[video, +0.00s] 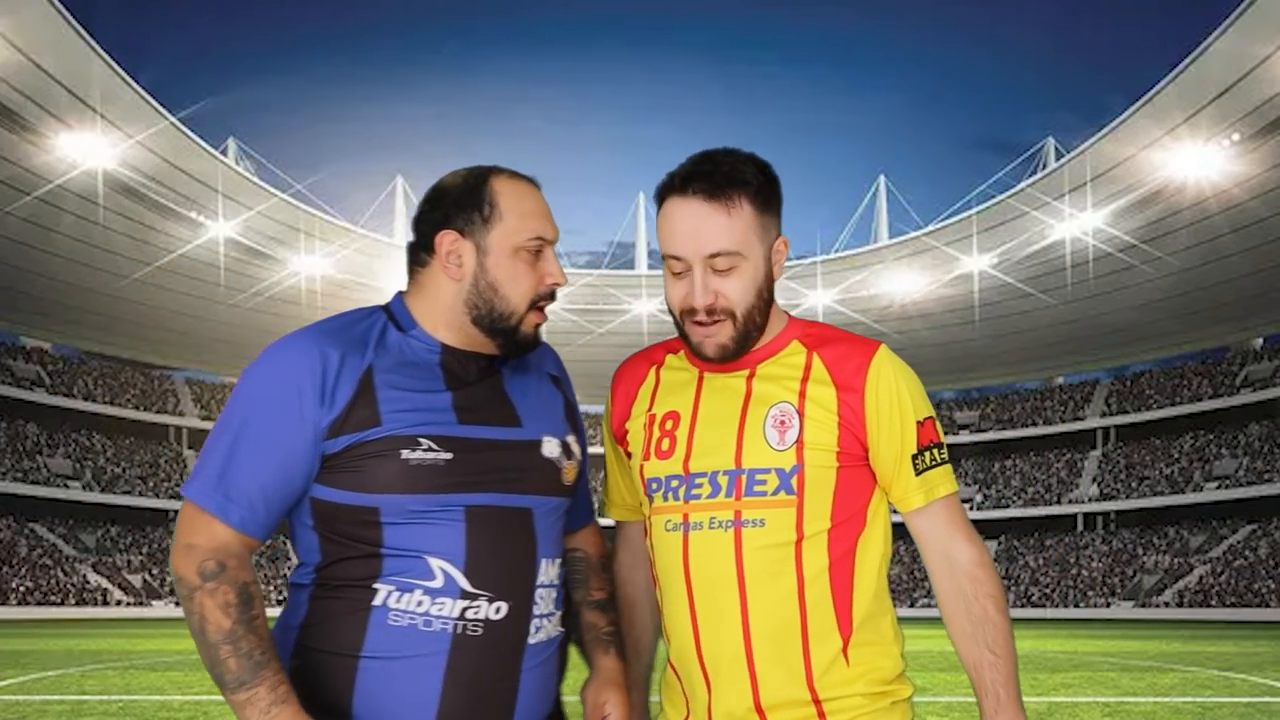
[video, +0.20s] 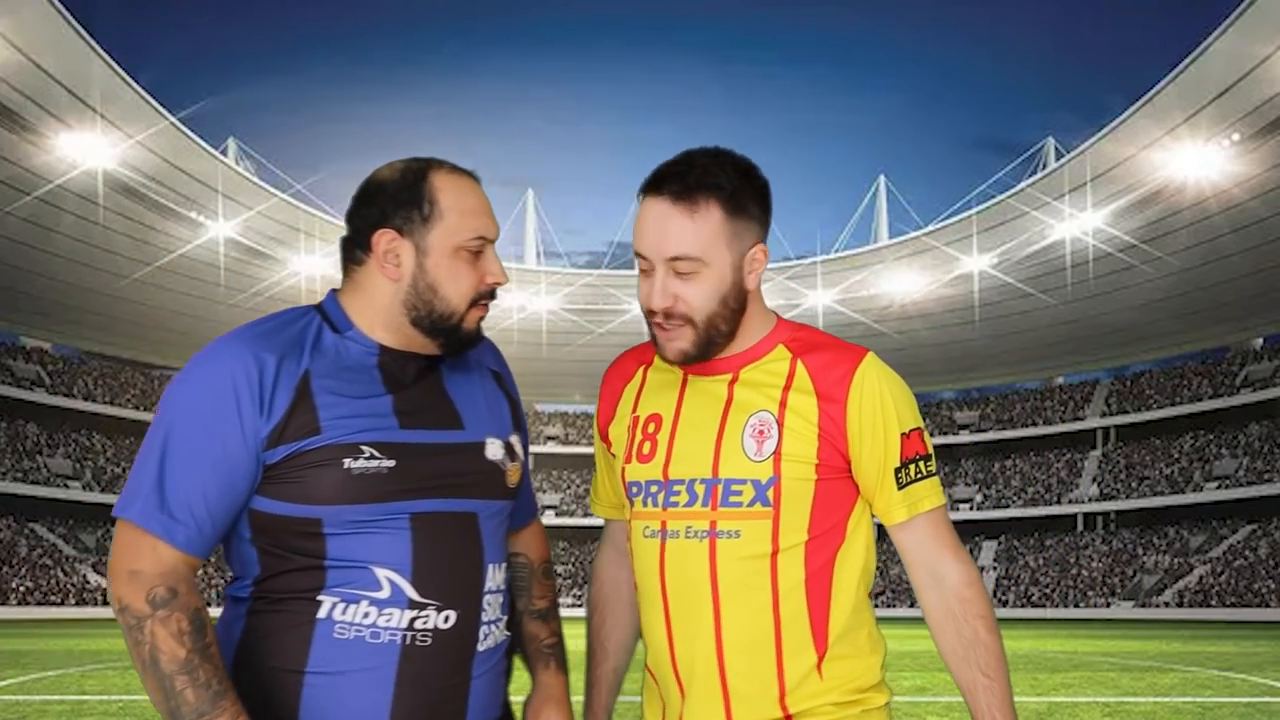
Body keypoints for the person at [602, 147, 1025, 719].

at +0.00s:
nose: (698, 297)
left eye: (723, 265)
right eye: (677, 268)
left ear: (777, 259)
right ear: (661, 263)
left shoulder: (864, 375)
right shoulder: (635, 387)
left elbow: (955, 559)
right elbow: (633, 562)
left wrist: (1003, 710)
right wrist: (627, 701)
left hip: (849, 704)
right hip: (695, 706)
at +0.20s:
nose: (655, 299)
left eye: (683, 271)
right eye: (644, 269)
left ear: (753, 266)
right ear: (634, 263)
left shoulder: (852, 385)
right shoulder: (624, 385)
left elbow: (940, 572)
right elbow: (619, 556)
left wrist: (996, 714)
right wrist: (595, 712)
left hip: (825, 705)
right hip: (674, 708)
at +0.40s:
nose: (618, 278)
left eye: (643, 252)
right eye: (623, 248)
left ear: (724, 260)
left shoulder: (839, 397)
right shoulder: (628, 373)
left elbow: (912, 621)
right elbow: (615, 549)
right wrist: (584, 698)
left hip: (781, 705)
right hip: (637, 707)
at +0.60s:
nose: (611, 260)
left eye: (634, 235)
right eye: (619, 232)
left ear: (713, 250)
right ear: (712, 252)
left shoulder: (818, 396)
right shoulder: (632, 369)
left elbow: (875, 633)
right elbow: (613, 580)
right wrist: (573, 703)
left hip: (751, 705)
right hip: (612, 706)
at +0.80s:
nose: (590, 244)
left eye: (617, 220)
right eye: (601, 219)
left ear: (694, 239)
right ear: (693, 241)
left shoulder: (788, 388)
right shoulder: (607, 370)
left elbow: (848, 619)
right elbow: (596, 572)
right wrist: (559, 697)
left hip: (719, 704)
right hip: (587, 703)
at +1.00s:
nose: (530, 246)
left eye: (560, 222)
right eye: (538, 222)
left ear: (636, 242)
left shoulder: (730, 380)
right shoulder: (539, 381)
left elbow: (817, 589)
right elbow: (525, 575)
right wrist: (501, 694)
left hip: (712, 702)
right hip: (574, 705)